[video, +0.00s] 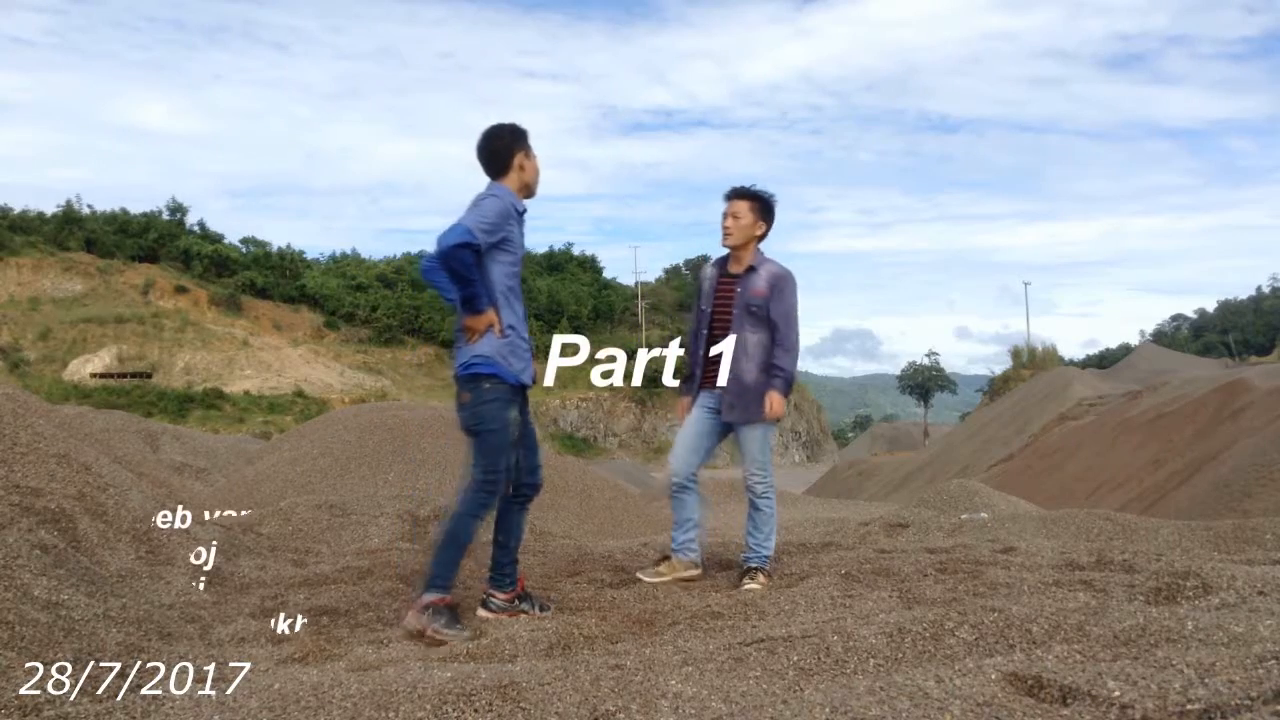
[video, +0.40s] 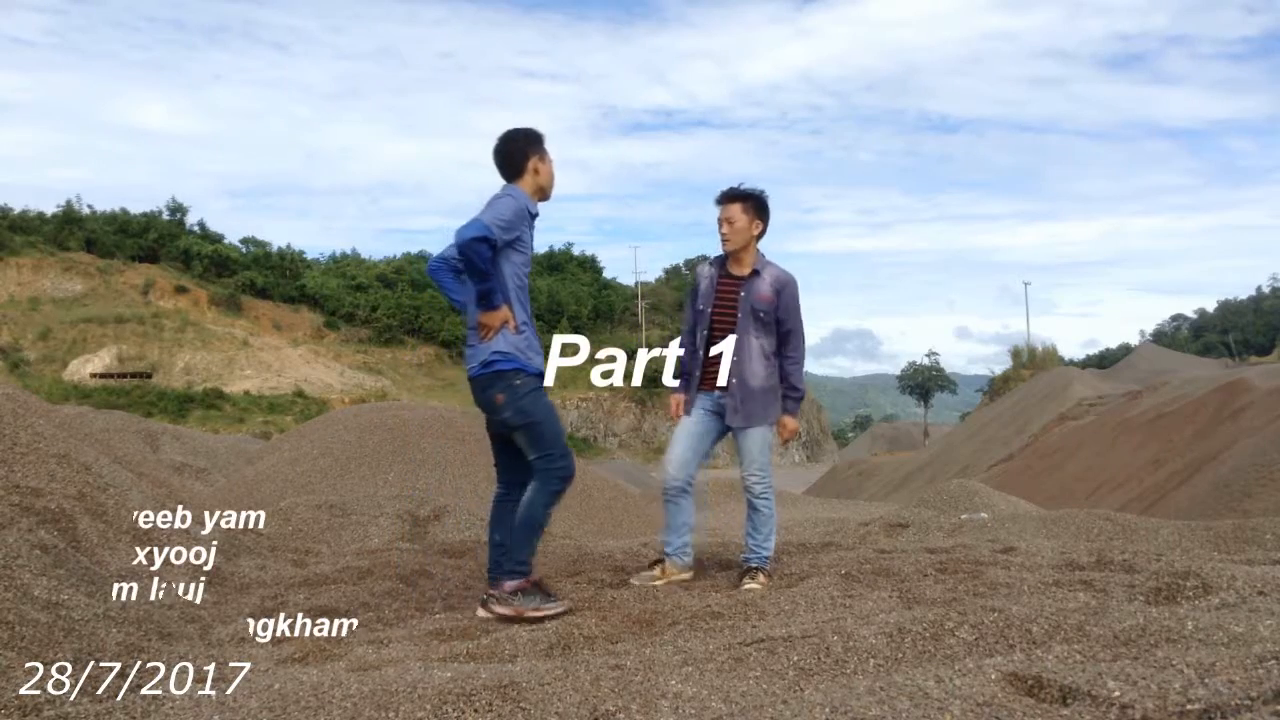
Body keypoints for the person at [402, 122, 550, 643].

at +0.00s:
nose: (538, 166)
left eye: (533, 157)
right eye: (533, 156)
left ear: (500, 165)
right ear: (520, 161)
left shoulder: (497, 209)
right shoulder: (499, 203)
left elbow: (432, 267)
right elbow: (450, 248)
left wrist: (473, 312)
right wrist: (474, 308)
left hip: (504, 378)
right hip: (489, 376)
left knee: (524, 480)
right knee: (487, 485)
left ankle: (504, 591)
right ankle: (432, 600)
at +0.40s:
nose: (553, 170)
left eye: (550, 160)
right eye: (549, 160)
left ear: (512, 168)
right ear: (536, 164)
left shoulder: (496, 210)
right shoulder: (516, 203)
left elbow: (440, 265)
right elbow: (472, 239)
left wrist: (474, 312)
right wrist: (492, 303)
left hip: (489, 371)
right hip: (509, 368)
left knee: (513, 479)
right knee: (555, 468)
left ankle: (501, 587)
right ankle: (514, 582)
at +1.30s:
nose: (509, 166)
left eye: (507, 157)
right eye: (506, 157)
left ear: (463, 157)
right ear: (491, 156)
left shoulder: (420, 216)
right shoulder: (494, 206)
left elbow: (410, 292)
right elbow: (528, 283)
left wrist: (459, 294)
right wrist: (569, 308)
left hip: (458, 378)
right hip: (496, 373)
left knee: (498, 485)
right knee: (529, 482)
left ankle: (504, 593)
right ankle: (453, 586)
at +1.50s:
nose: (465, 168)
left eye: (460, 159)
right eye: (461, 160)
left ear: (413, 170)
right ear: (450, 165)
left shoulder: (378, 229)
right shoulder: (474, 221)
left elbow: (360, 313)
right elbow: (519, 293)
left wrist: (397, 330)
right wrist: (545, 320)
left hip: (403, 395)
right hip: (462, 393)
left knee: (456, 481)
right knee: (467, 504)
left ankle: (473, 587)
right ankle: (431, 619)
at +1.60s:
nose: (442, 162)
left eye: (437, 153)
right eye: (439, 153)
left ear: (390, 159)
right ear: (429, 156)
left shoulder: (352, 220)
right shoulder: (452, 211)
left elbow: (338, 301)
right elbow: (488, 293)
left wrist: (356, 354)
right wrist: (513, 339)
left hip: (385, 386)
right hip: (446, 382)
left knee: (413, 467)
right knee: (450, 496)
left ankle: (404, 577)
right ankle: (431, 618)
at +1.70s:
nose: (419, 155)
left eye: (414, 146)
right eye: (416, 146)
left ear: (369, 153)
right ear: (405, 149)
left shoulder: (332, 213)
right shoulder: (432, 205)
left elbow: (314, 290)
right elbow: (457, 286)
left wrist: (336, 358)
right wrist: (476, 344)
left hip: (365, 380)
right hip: (426, 378)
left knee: (373, 478)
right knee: (440, 495)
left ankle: (334, 572)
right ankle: (432, 615)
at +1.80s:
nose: (397, 160)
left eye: (393, 150)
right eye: (394, 151)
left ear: (344, 159)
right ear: (381, 154)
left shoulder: (305, 217)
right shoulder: (403, 209)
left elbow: (286, 285)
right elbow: (421, 289)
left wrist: (297, 355)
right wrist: (432, 369)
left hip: (336, 394)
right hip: (399, 391)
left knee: (324, 503)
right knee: (436, 498)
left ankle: (262, 614)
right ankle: (430, 618)